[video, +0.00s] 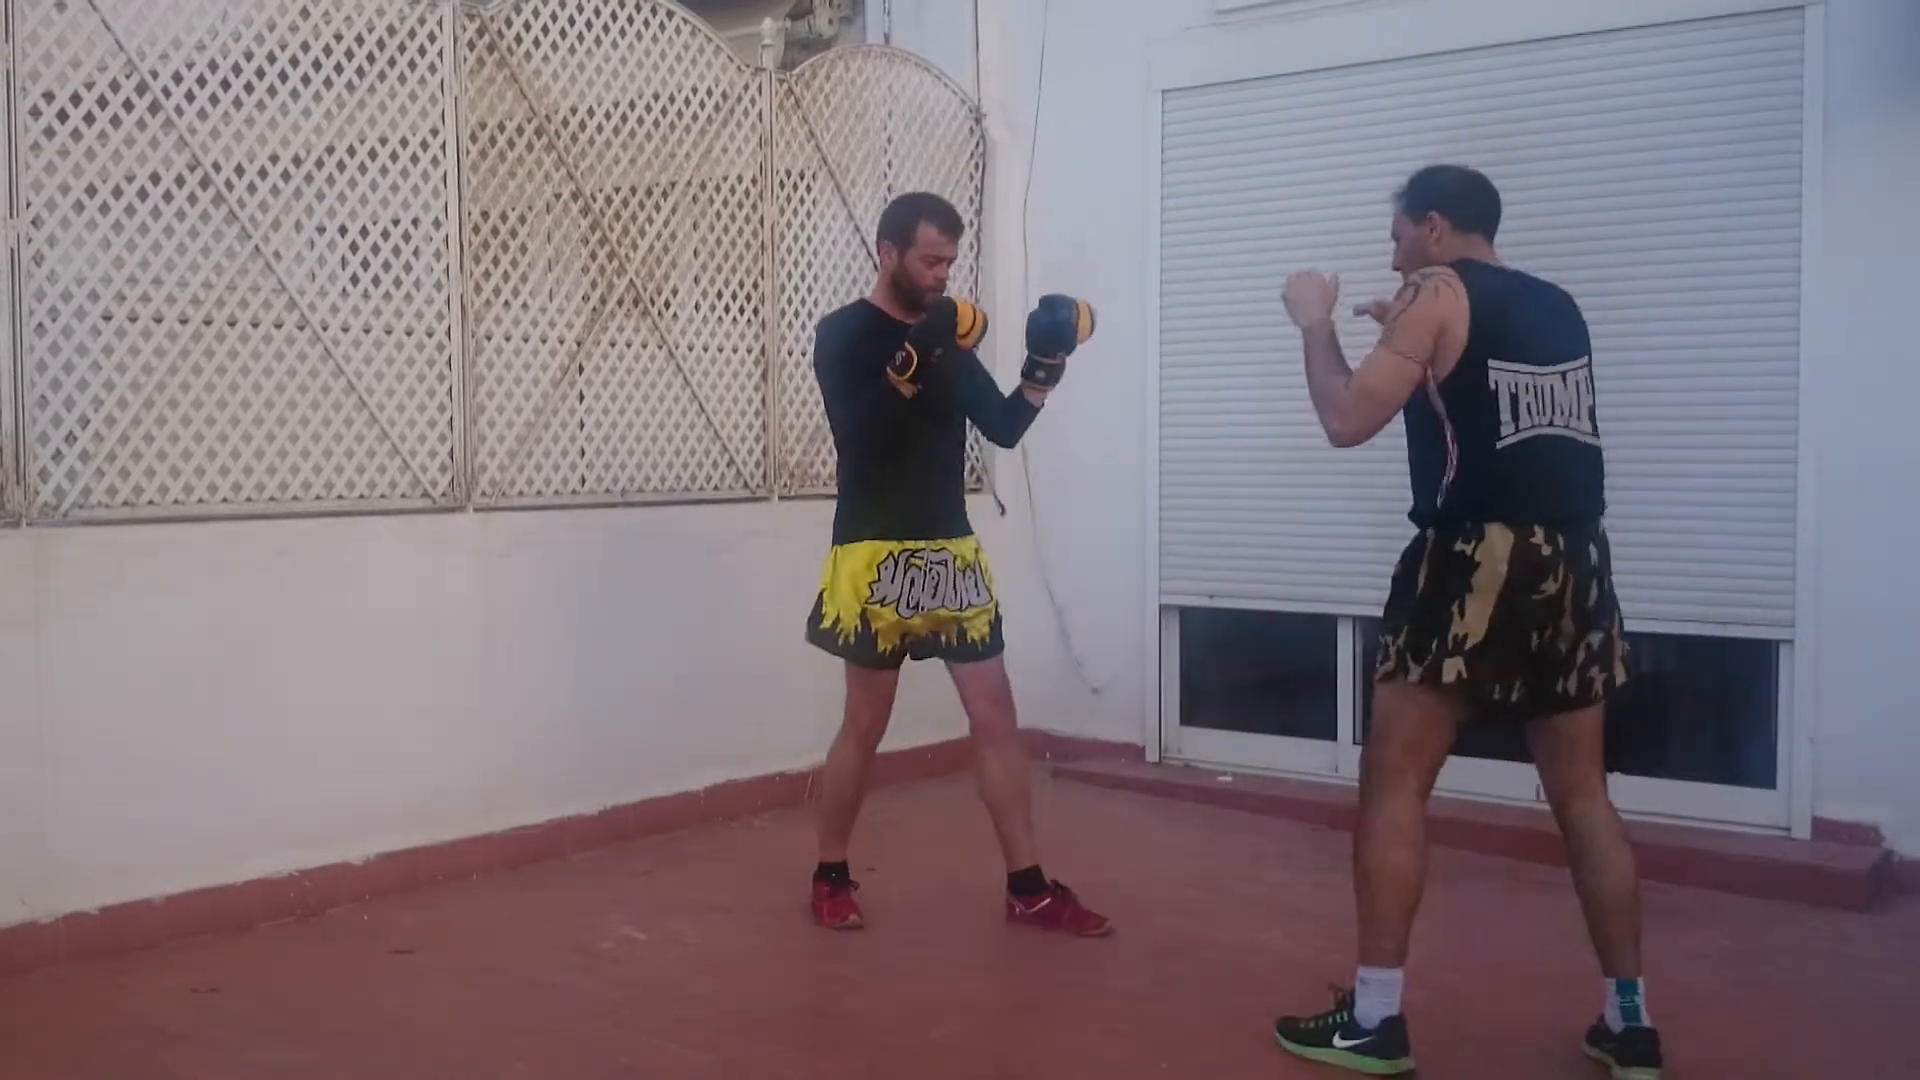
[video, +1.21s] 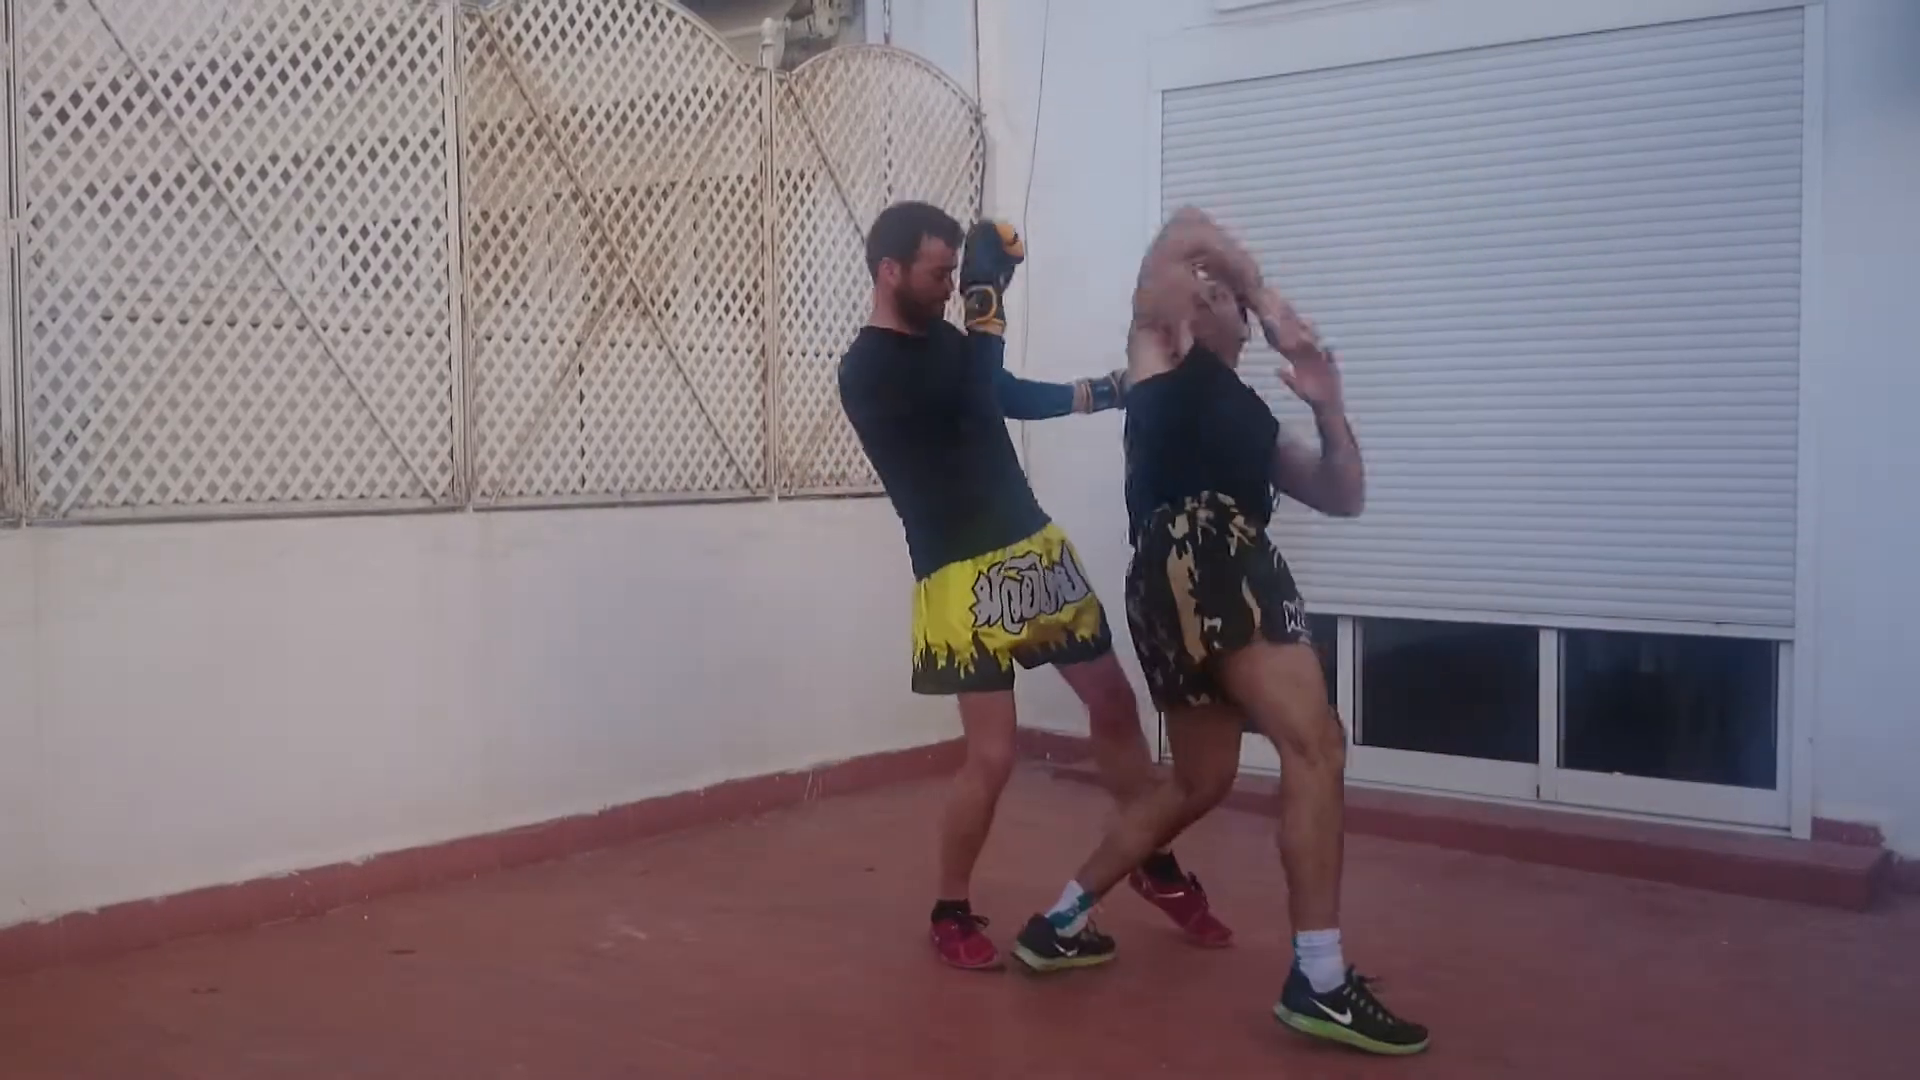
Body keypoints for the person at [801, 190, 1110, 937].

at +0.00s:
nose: (943, 274)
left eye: (950, 262)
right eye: (931, 261)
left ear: (955, 262)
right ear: (887, 254)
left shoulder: (944, 339)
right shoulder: (843, 333)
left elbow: (1003, 427)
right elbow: (856, 433)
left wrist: (1043, 368)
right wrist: (921, 351)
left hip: (952, 543)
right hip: (874, 546)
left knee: (994, 712)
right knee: (864, 722)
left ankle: (1028, 884)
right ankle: (830, 876)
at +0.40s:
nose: (970, 268)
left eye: (977, 257)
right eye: (959, 255)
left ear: (978, 257)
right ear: (915, 248)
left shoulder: (964, 325)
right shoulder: (876, 319)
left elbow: (1051, 388)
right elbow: (875, 433)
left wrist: (1076, 323)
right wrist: (945, 345)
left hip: (937, 535)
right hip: (871, 539)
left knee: (993, 691)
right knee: (919, 705)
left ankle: (937, 840)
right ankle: (849, 836)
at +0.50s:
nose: (970, 289)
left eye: (977, 276)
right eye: (957, 276)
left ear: (981, 276)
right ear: (914, 274)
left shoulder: (985, 350)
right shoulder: (877, 348)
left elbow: (1073, 379)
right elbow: (833, 447)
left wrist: (1075, 314)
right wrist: (876, 385)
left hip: (942, 557)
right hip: (884, 554)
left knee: (915, 721)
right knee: (959, 701)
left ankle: (872, 849)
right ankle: (928, 877)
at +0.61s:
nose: (965, 284)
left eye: (971, 272)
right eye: (952, 271)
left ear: (972, 273)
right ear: (907, 269)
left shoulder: (974, 348)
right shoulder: (866, 345)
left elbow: (1060, 374)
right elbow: (807, 451)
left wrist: (1098, 312)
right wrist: (849, 381)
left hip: (971, 555)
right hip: (904, 562)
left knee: (1003, 718)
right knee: (967, 730)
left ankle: (917, 814)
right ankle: (950, 908)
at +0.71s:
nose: (950, 283)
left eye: (957, 270)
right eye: (939, 268)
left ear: (955, 273)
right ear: (891, 263)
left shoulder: (954, 339)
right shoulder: (851, 350)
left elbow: (1014, 370)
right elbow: (840, 436)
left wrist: (1106, 356)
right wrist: (881, 364)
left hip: (996, 541)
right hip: (920, 562)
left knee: (1088, 690)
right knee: (969, 736)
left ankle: (1028, 798)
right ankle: (949, 911)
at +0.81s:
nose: (948, 275)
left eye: (953, 262)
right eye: (937, 260)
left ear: (946, 263)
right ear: (890, 256)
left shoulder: (943, 331)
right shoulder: (846, 348)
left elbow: (984, 387)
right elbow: (872, 431)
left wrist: (1035, 404)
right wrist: (920, 334)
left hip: (1015, 529)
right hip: (935, 556)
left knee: (1124, 668)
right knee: (968, 740)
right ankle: (949, 911)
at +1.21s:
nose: (949, 287)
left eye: (952, 275)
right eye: (937, 273)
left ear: (935, 272)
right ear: (889, 270)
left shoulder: (950, 344)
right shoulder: (867, 367)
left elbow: (1013, 397)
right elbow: (961, 405)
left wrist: (1112, 391)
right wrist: (986, 300)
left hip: (1034, 545)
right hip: (961, 571)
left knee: (1114, 703)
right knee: (991, 755)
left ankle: (1151, 863)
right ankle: (952, 910)